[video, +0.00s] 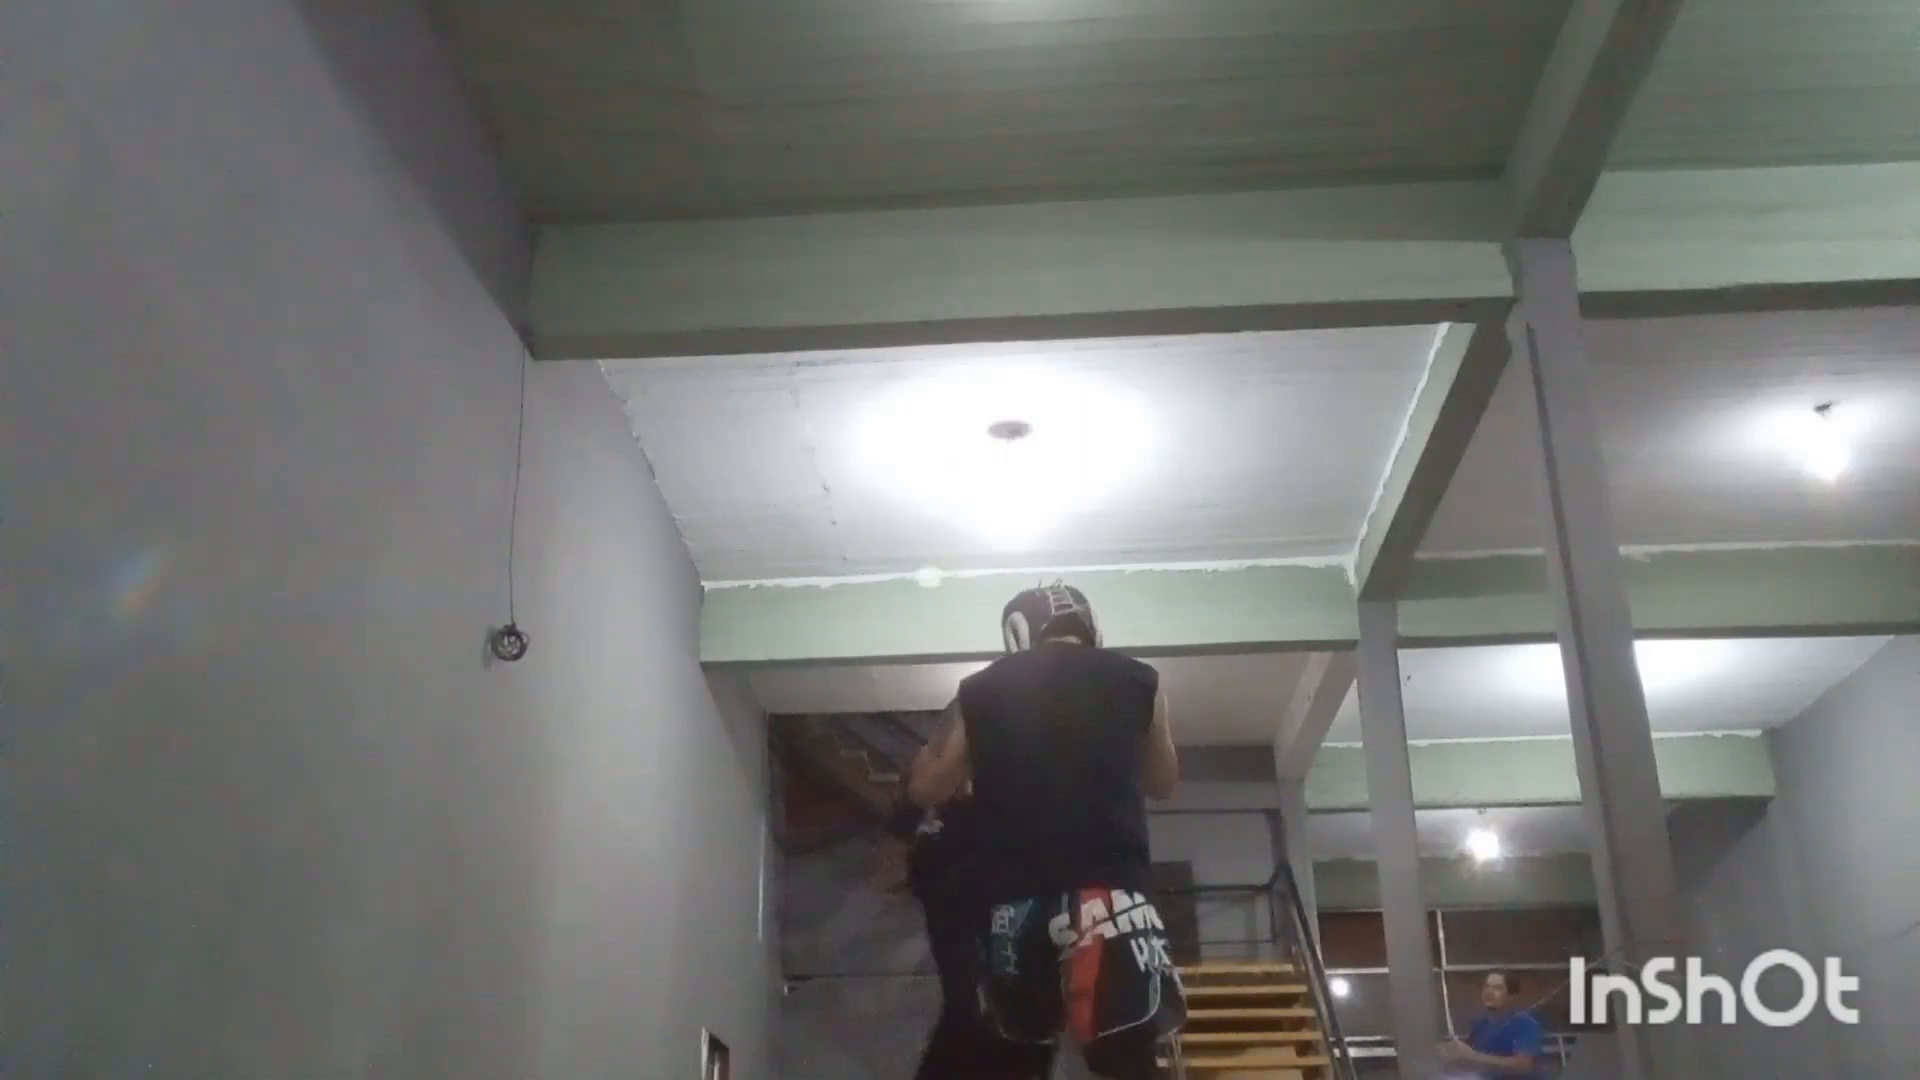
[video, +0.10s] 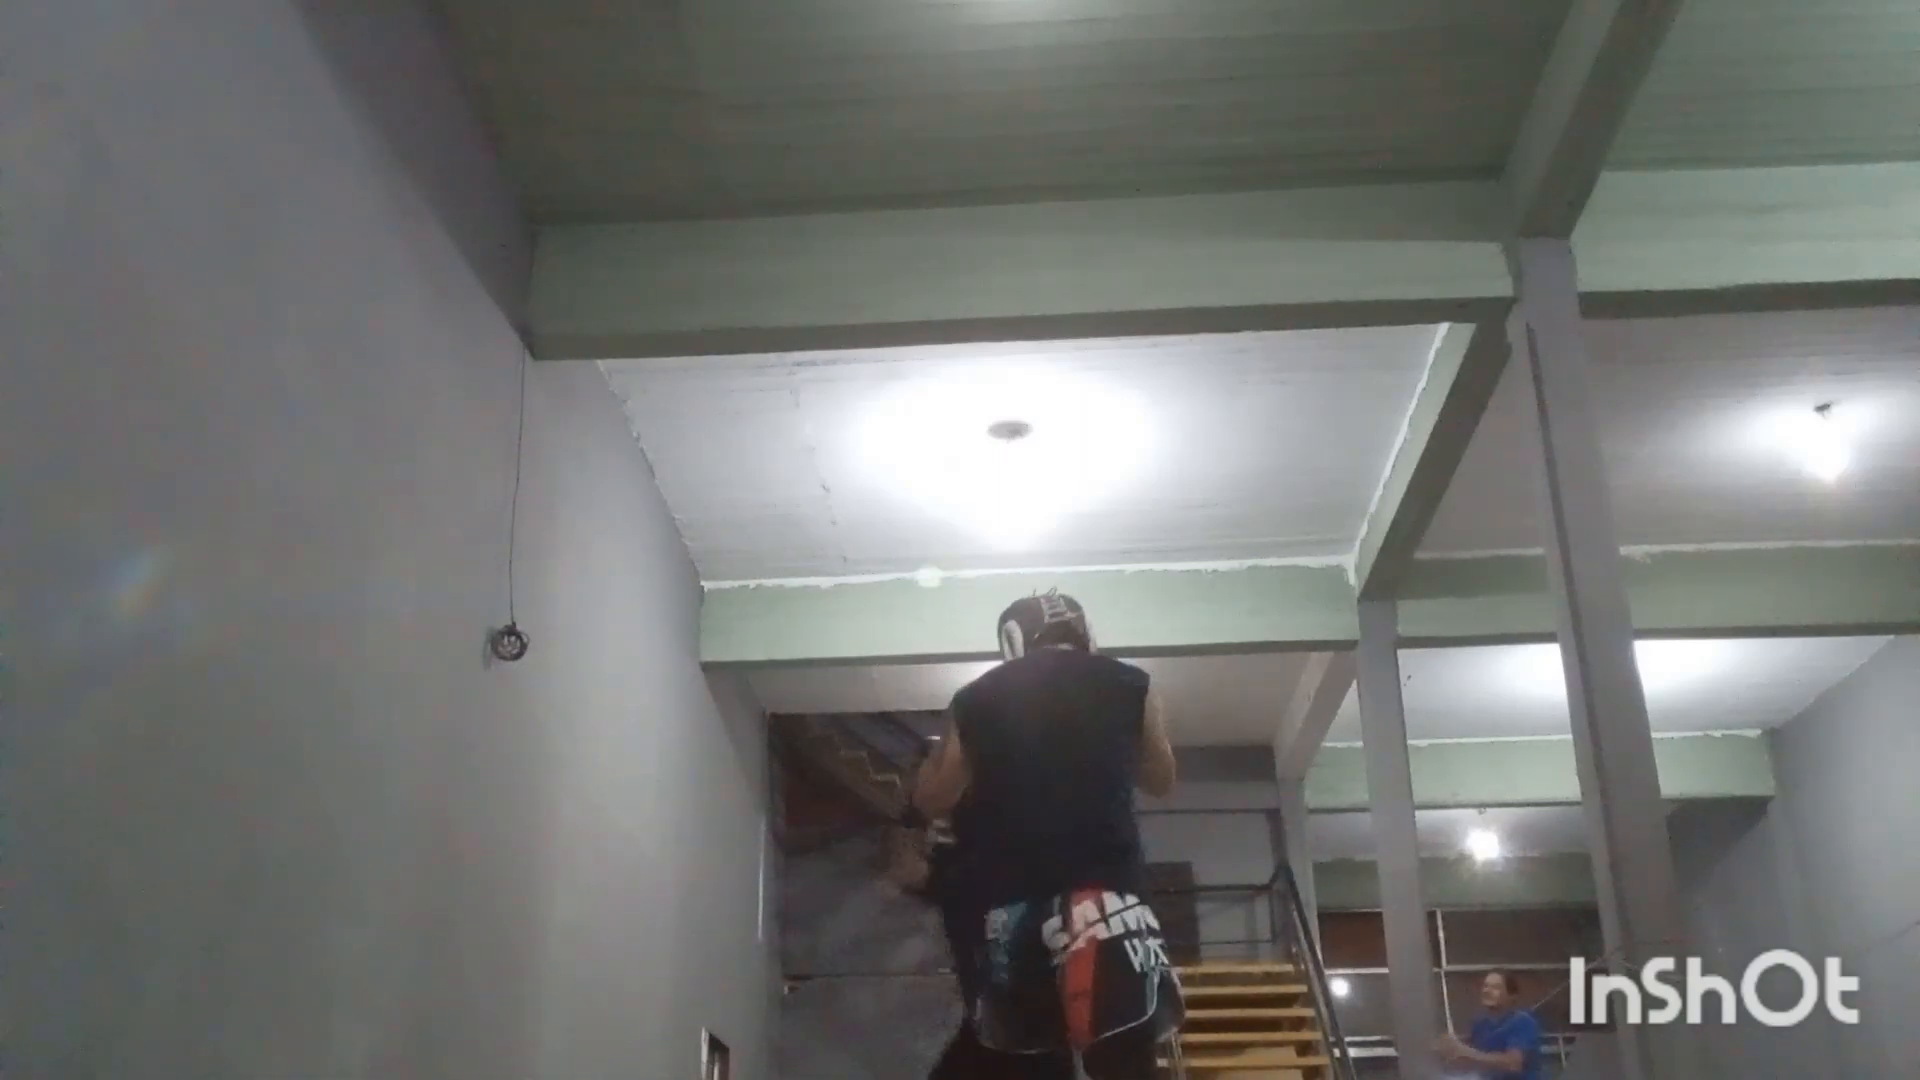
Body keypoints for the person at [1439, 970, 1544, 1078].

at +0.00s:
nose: (1489, 992)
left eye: (1497, 988)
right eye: (1487, 987)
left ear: (1511, 995)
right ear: (1482, 990)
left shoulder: (1525, 1024)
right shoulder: (1481, 1024)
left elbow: (1523, 1065)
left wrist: (1470, 1055)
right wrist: (1455, 1052)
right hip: (1481, 1075)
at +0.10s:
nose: (1487, 991)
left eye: (1495, 988)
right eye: (1485, 986)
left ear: (1510, 994)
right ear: (1481, 989)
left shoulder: (1522, 1022)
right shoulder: (1481, 1022)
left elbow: (1514, 1063)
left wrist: (1463, 1052)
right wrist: (1453, 1051)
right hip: (1485, 1075)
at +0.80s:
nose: (1476, 997)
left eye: (1482, 992)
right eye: (1474, 992)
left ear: (1500, 996)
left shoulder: (1515, 1021)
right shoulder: (1483, 1021)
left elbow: (1497, 1059)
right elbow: (1476, 1052)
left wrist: (1448, 1049)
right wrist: (1442, 1047)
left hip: (1520, 1075)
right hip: (1498, 1075)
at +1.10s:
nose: (1488, 999)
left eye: (1494, 993)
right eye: (1484, 995)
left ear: (1509, 994)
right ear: (1481, 998)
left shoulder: (1524, 1021)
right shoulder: (1497, 1022)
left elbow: (1495, 1058)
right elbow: (1482, 1051)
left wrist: (1446, 1049)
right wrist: (1446, 1046)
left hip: (1535, 1076)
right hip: (1513, 1075)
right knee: (1455, 1072)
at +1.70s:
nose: (1485, 996)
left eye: (1491, 991)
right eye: (1481, 993)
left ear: (1507, 993)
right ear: (1478, 997)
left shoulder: (1519, 1021)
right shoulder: (1496, 1021)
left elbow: (1483, 1055)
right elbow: (1482, 1051)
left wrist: (1434, 1046)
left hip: (1528, 1075)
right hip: (1508, 1075)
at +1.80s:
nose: (1478, 996)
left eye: (1484, 990)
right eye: (1476, 992)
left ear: (1502, 993)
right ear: (1473, 995)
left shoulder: (1513, 1020)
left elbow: (1474, 1053)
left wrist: (1421, 1047)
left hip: (1523, 1075)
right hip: (1507, 1075)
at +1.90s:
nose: (1474, 993)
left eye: (1480, 988)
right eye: (1472, 990)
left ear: (1497, 993)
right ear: (1469, 993)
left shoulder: (1508, 1019)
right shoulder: (1487, 1020)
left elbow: (1475, 1053)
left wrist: (1433, 1048)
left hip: (1516, 1075)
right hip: (1498, 1074)